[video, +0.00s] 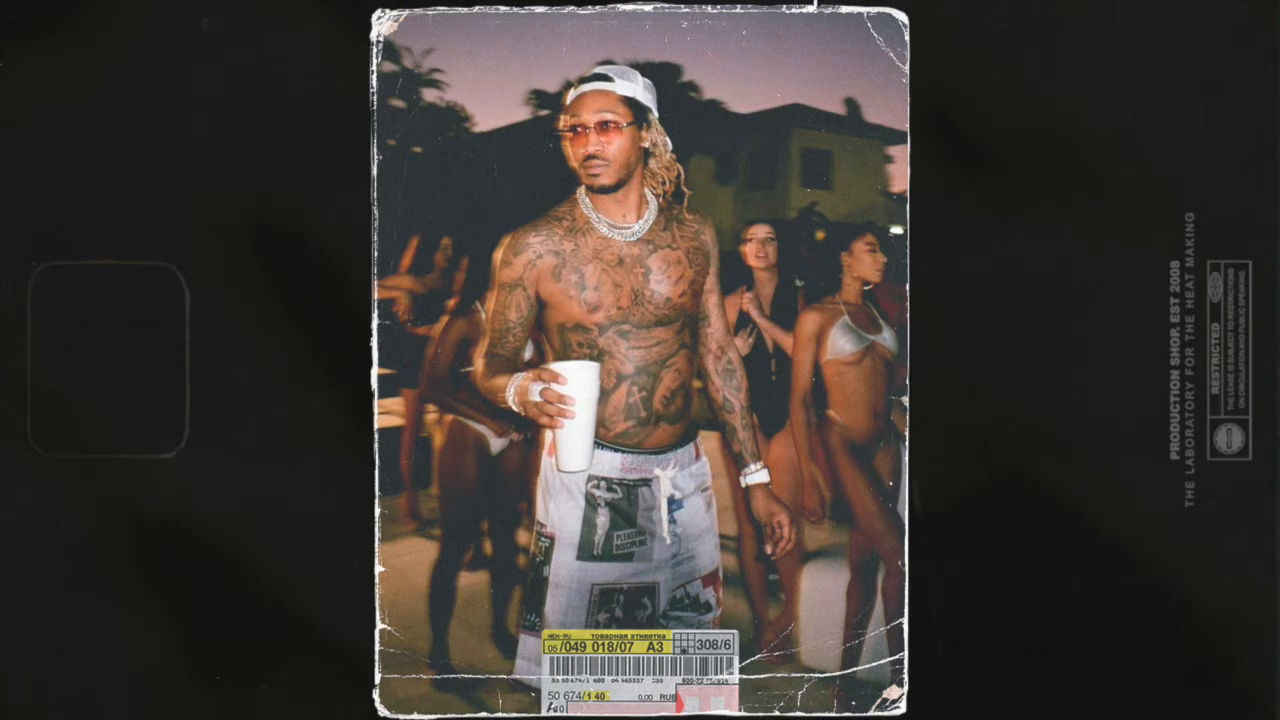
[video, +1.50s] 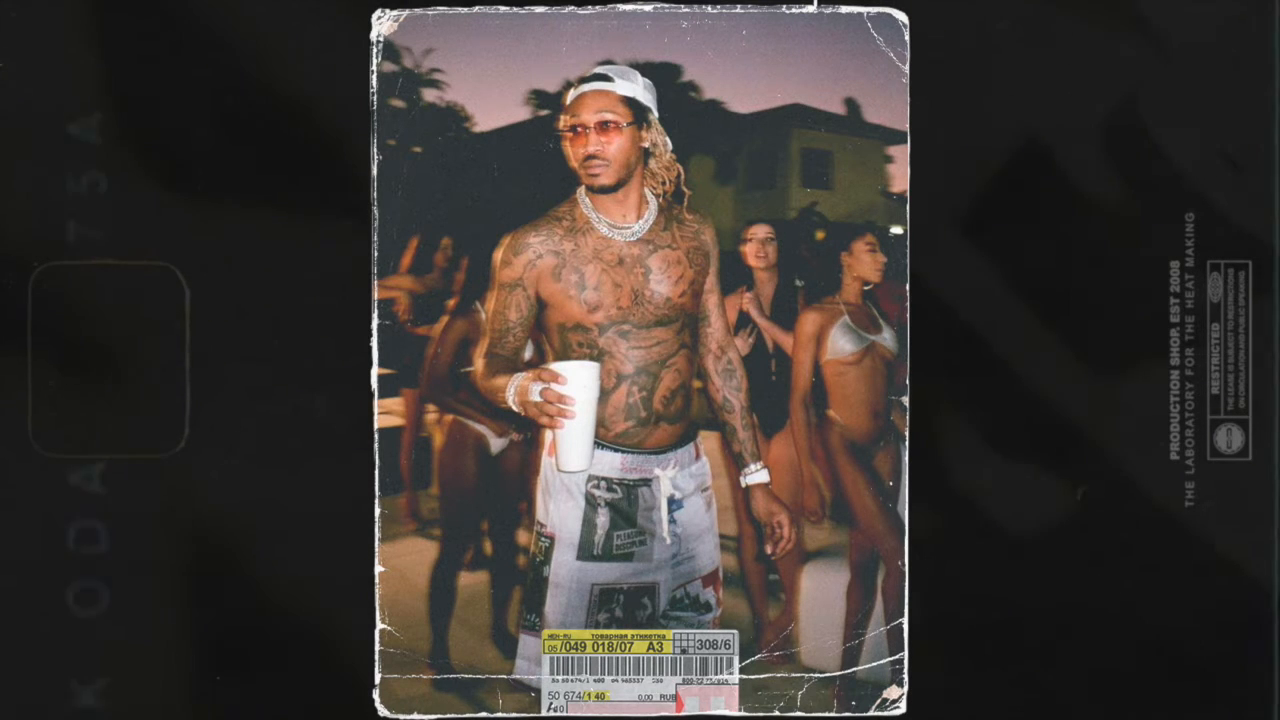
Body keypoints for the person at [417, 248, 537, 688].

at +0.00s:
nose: (514, 289)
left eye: (521, 281)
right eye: (507, 279)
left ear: (531, 289)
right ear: (493, 278)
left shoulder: (531, 333)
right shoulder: (465, 322)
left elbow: (543, 386)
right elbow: (434, 386)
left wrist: (529, 421)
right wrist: (490, 422)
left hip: (515, 443)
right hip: (465, 439)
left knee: (506, 540)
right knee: (456, 544)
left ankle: (501, 627)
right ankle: (439, 650)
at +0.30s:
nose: (514, 289)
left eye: (521, 281)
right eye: (507, 278)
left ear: (531, 289)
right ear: (493, 278)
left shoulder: (531, 333)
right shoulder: (465, 322)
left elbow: (544, 386)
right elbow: (434, 386)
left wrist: (529, 421)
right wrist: (490, 422)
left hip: (515, 443)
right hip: (465, 439)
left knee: (506, 540)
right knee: (456, 544)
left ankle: (501, 627)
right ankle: (439, 651)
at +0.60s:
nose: (514, 287)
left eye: (522, 280)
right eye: (507, 277)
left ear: (532, 288)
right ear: (493, 277)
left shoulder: (531, 332)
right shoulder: (465, 322)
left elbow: (544, 385)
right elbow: (434, 386)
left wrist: (529, 421)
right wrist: (489, 422)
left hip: (515, 444)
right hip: (465, 439)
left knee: (506, 540)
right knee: (456, 544)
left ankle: (501, 627)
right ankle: (439, 650)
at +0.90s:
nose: (514, 287)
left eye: (521, 280)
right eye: (507, 277)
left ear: (531, 288)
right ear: (493, 277)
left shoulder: (531, 332)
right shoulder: (466, 321)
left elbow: (543, 385)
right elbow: (434, 387)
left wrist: (530, 420)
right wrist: (489, 421)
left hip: (515, 443)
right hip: (465, 439)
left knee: (506, 540)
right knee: (456, 543)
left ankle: (501, 627)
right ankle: (439, 648)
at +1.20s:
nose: (514, 287)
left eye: (522, 280)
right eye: (508, 277)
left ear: (531, 288)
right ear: (493, 277)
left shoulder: (531, 332)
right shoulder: (466, 321)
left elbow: (544, 385)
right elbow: (434, 386)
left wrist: (530, 421)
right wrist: (489, 421)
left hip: (515, 444)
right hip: (465, 440)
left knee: (506, 540)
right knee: (456, 544)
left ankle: (501, 627)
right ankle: (439, 649)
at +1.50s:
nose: (514, 285)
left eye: (521, 277)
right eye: (507, 275)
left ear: (531, 286)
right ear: (493, 276)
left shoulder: (531, 330)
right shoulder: (466, 321)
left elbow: (544, 384)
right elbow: (434, 387)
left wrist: (530, 420)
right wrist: (490, 421)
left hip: (515, 445)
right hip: (465, 441)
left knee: (506, 541)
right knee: (456, 543)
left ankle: (501, 628)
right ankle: (439, 648)